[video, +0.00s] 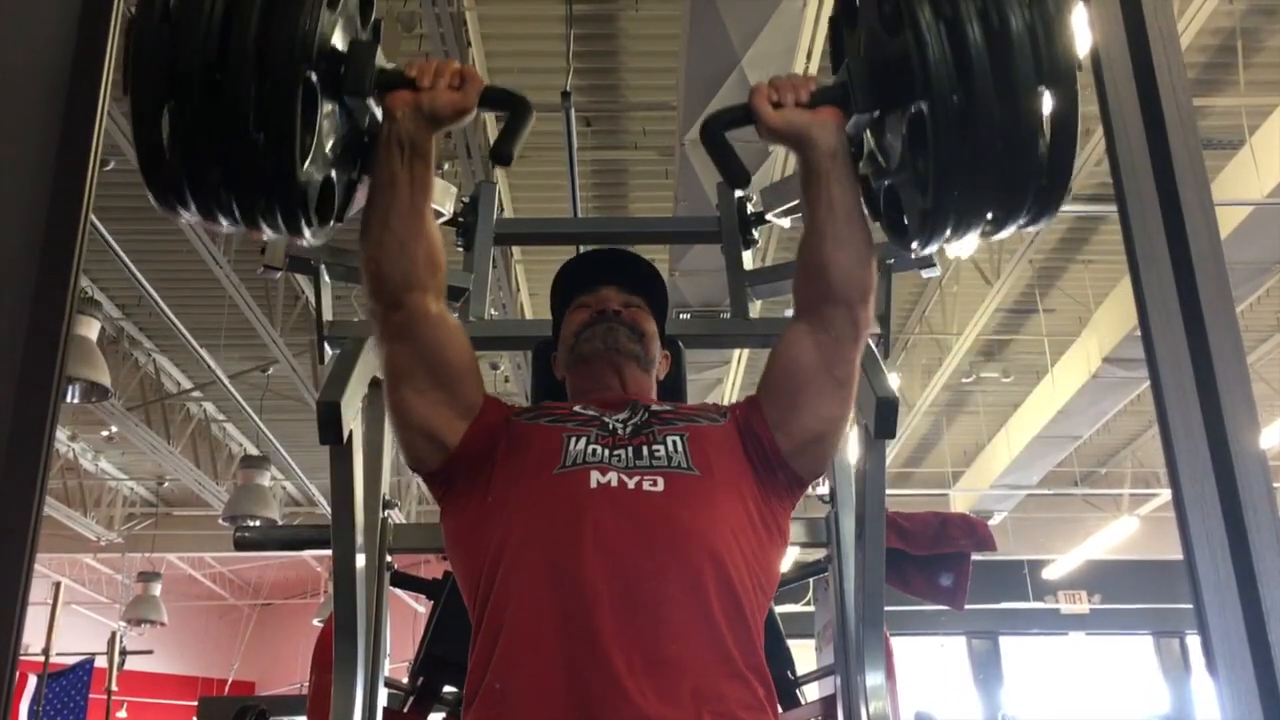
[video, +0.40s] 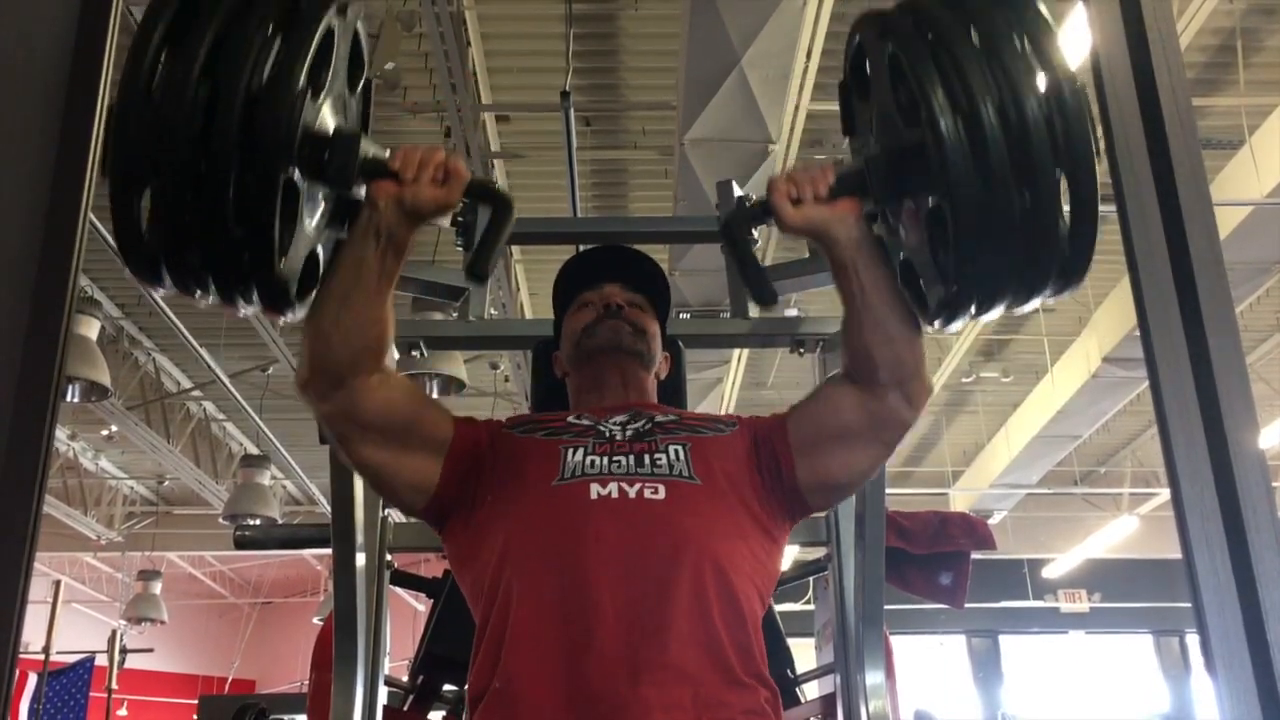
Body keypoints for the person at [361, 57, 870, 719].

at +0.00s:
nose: (609, 310)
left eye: (632, 310)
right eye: (585, 309)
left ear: (664, 362)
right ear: (555, 360)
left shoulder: (754, 448)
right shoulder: (485, 450)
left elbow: (836, 312)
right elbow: (406, 302)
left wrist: (824, 145)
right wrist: (408, 133)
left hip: (723, 707)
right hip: (515, 706)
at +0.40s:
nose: (612, 305)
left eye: (637, 304)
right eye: (586, 304)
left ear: (667, 356)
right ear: (555, 358)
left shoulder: (750, 452)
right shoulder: (483, 458)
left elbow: (892, 391)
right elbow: (338, 382)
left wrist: (846, 235)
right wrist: (389, 223)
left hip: (727, 704)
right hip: (524, 705)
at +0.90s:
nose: (613, 305)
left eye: (636, 305)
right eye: (587, 306)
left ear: (667, 362)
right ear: (554, 362)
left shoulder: (742, 460)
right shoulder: (489, 468)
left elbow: (926, 526)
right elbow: (296, 532)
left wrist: (879, 393)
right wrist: (345, 385)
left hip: (726, 704)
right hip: (530, 704)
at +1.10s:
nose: (618, 303)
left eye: (640, 304)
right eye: (591, 303)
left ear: (670, 360)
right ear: (557, 359)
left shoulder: (749, 462)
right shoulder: (488, 469)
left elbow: (918, 557)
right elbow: (299, 563)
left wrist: (889, 420)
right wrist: (339, 418)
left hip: (722, 704)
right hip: (527, 704)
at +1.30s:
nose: (617, 302)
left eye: (640, 303)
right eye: (591, 302)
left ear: (670, 360)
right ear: (557, 359)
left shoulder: (750, 463)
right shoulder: (489, 469)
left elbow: (913, 567)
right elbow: (307, 574)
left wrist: (893, 433)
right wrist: (333, 441)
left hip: (723, 706)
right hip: (528, 707)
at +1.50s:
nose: (616, 306)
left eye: (639, 307)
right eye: (591, 306)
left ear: (670, 360)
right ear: (557, 359)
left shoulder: (748, 465)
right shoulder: (489, 471)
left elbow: (917, 558)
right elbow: (298, 557)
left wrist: (890, 425)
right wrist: (336, 418)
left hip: (724, 705)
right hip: (530, 707)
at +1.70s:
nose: (610, 312)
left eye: (634, 313)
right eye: (586, 313)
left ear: (666, 365)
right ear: (555, 364)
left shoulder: (741, 460)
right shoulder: (487, 467)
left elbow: (925, 486)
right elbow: (293, 479)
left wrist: (867, 342)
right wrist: (358, 336)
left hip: (726, 703)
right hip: (526, 703)